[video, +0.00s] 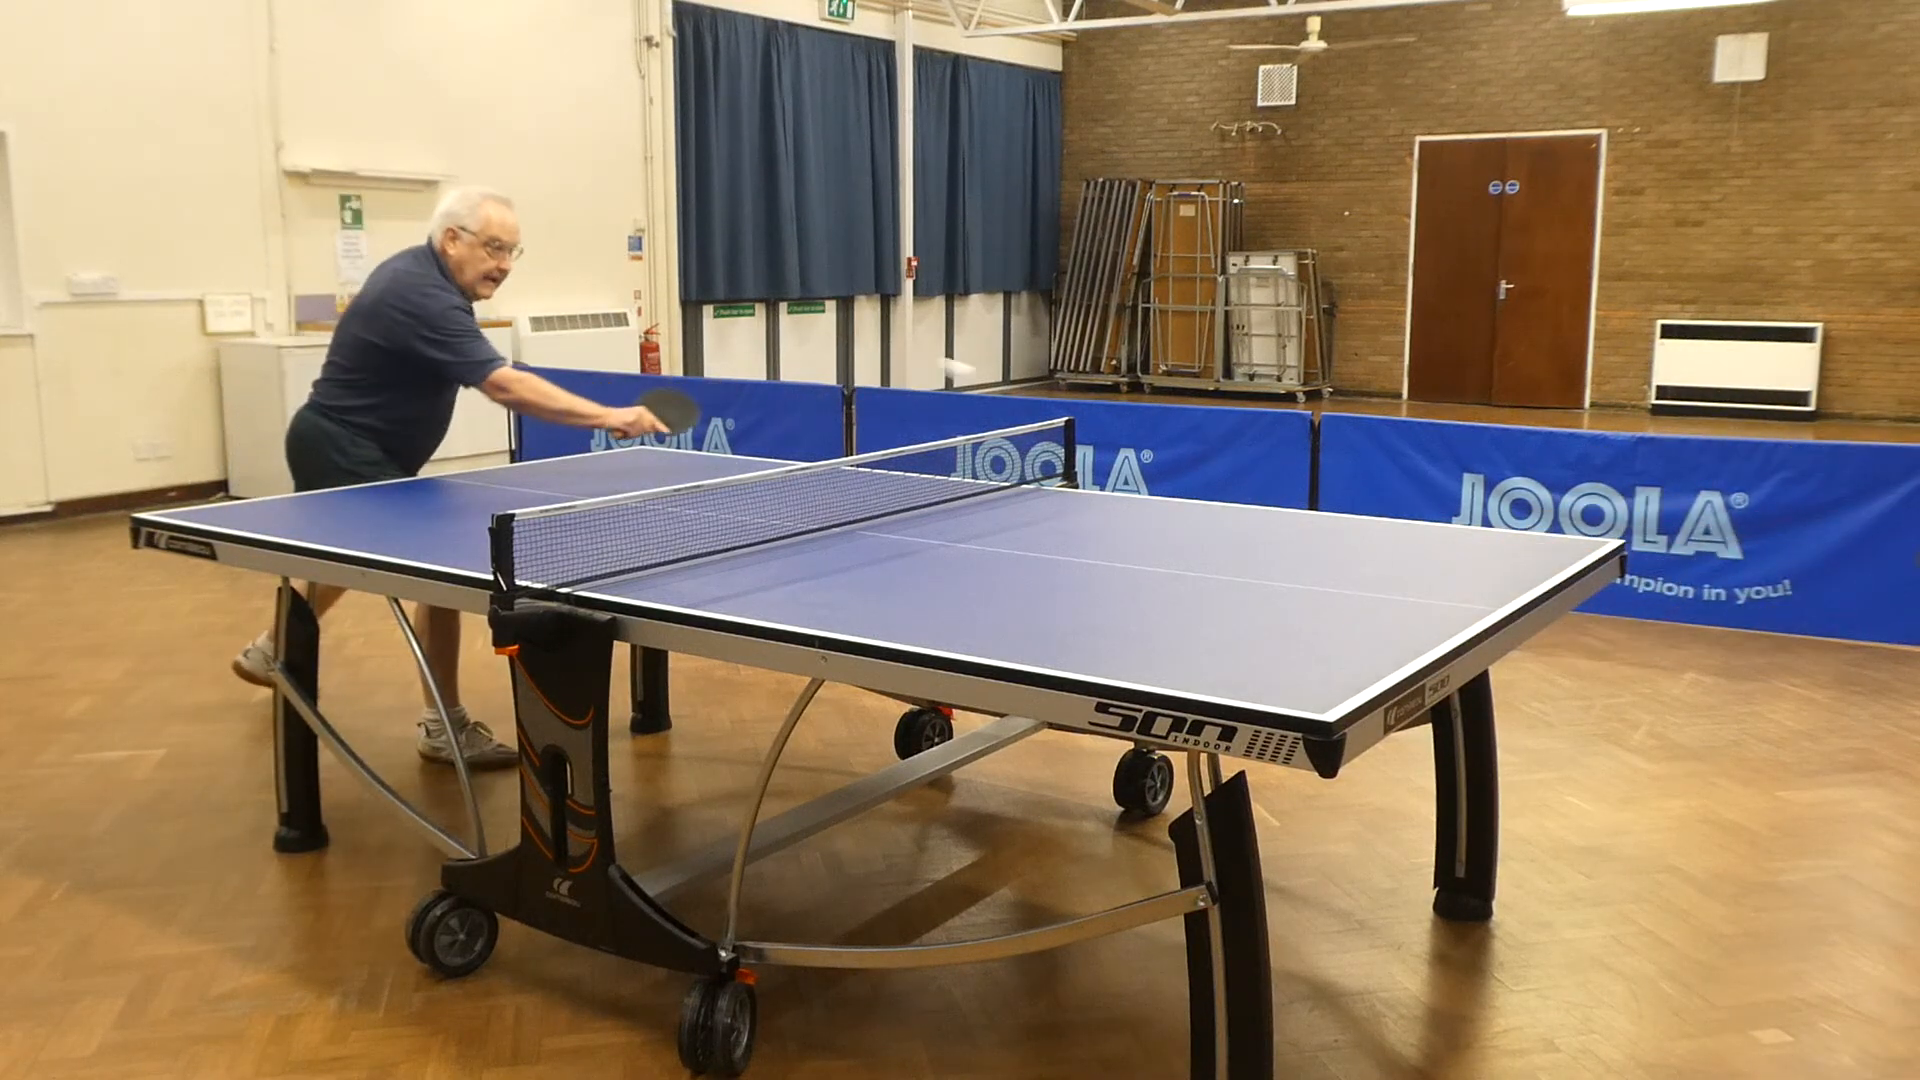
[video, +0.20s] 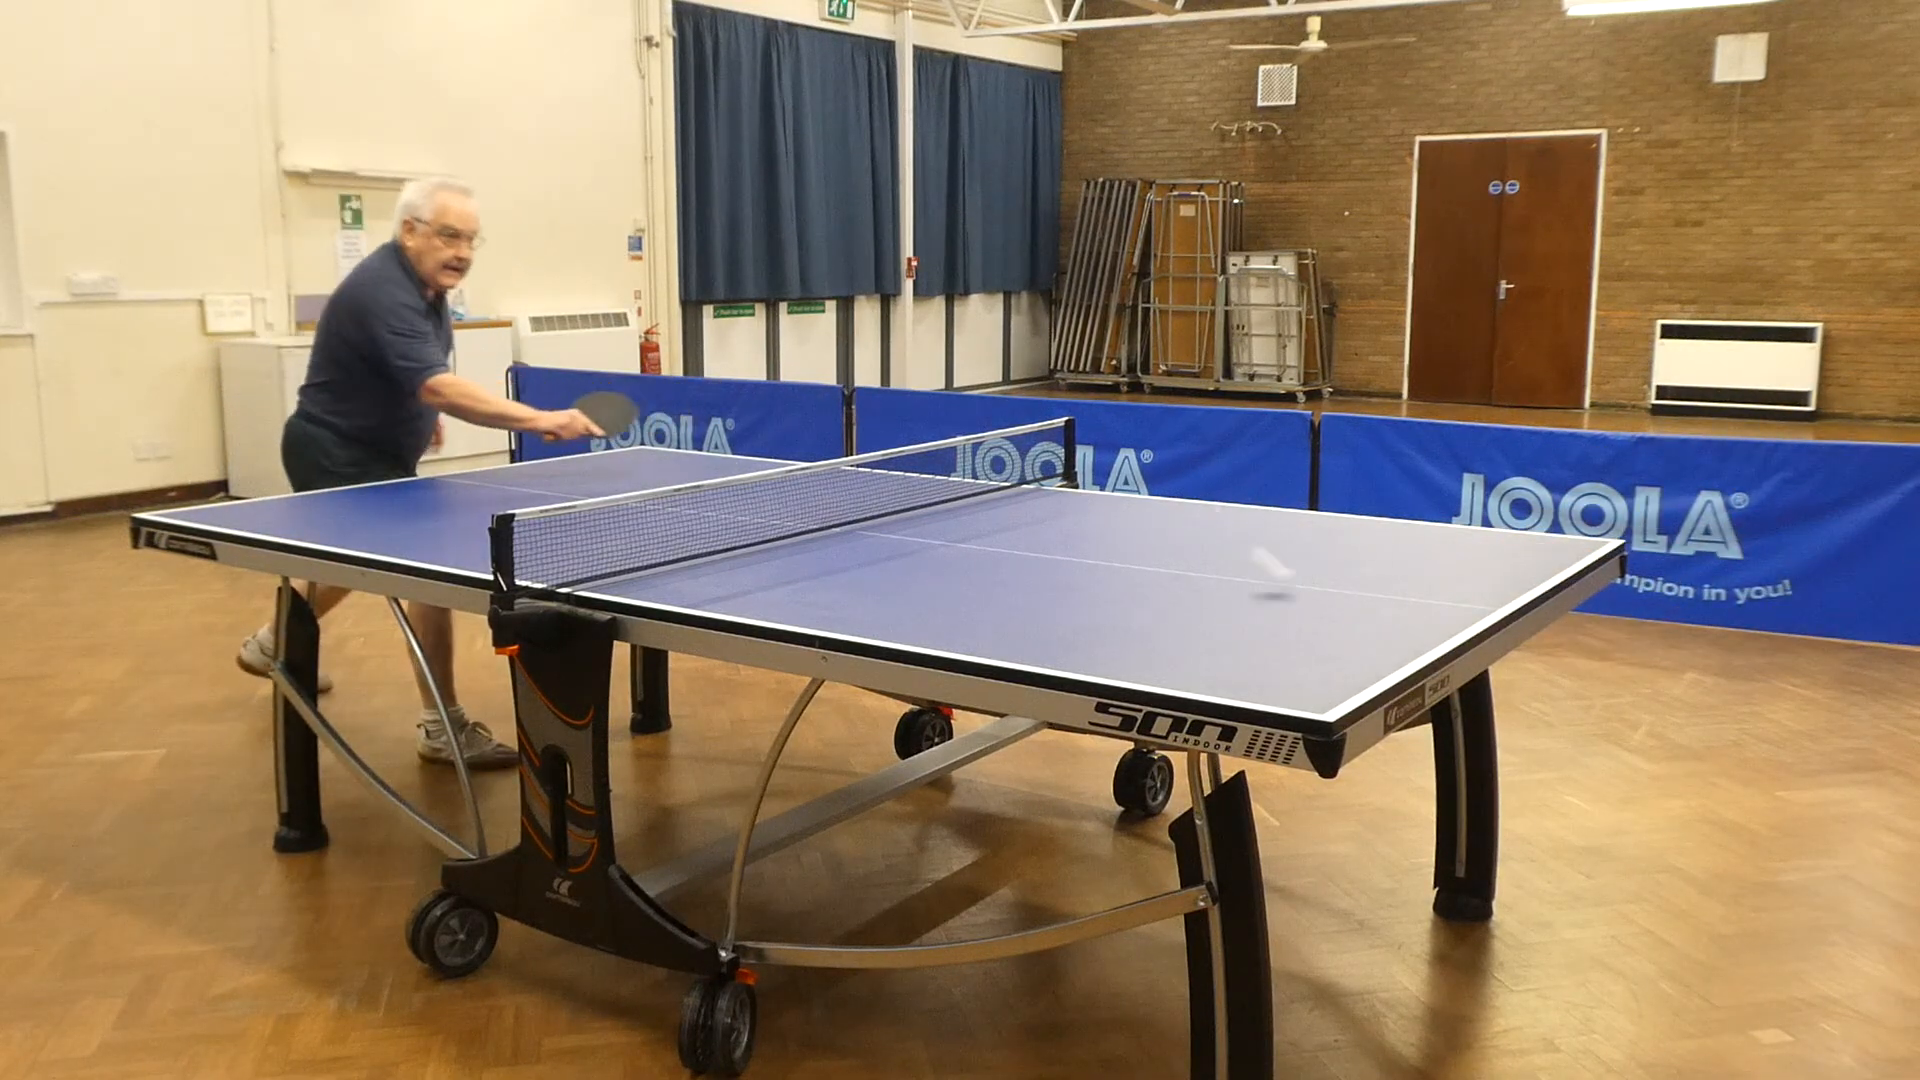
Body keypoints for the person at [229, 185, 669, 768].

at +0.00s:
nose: (504, 266)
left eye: (512, 253)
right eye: (495, 248)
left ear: (452, 242)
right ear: (450, 239)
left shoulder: (421, 271)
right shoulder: (426, 295)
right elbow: (504, 386)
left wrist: (494, 379)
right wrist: (607, 416)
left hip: (339, 441)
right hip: (348, 451)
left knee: (348, 551)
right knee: (445, 570)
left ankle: (273, 649)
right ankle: (446, 723)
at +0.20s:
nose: (463, 253)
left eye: (471, 240)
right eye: (450, 237)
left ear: (473, 241)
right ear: (409, 232)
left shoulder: (422, 282)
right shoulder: (383, 289)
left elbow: (423, 354)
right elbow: (435, 387)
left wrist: (425, 411)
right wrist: (541, 420)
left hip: (381, 454)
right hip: (334, 454)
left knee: (352, 557)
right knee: (426, 574)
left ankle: (276, 643)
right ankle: (444, 720)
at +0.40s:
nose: (379, 234)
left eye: (390, 222)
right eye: (364, 221)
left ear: (400, 227)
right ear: (329, 221)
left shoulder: (387, 279)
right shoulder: (302, 286)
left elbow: (389, 355)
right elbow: (327, 376)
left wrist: (431, 404)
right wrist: (414, 410)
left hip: (371, 454)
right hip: (309, 457)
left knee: (344, 568)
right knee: (379, 575)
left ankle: (265, 659)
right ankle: (428, 716)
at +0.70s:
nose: (316, 224)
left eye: (329, 212)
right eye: (301, 211)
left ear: (340, 215)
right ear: (269, 212)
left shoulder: (345, 264)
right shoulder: (242, 274)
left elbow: (351, 339)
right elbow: (212, 356)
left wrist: (385, 400)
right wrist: (247, 412)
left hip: (338, 442)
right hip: (272, 446)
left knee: (337, 563)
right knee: (319, 567)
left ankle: (263, 661)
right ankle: (315, 707)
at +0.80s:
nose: (317, 228)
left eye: (329, 216)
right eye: (302, 213)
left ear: (340, 217)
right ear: (270, 211)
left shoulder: (341, 261)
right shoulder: (237, 267)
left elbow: (348, 335)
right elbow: (190, 348)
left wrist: (380, 401)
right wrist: (238, 411)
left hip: (330, 439)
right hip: (260, 441)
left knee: (334, 564)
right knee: (298, 566)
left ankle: (263, 661)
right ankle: (287, 717)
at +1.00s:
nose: (337, 261)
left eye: (350, 249)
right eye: (325, 244)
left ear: (360, 243)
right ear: (290, 226)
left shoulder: (345, 278)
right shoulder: (246, 263)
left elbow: (333, 349)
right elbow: (200, 341)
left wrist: (357, 409)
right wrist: (278, 406)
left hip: (295, 446)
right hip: (224, 439)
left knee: (300, 573)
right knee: (254, 577)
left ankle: (288, 692)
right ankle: (252, 728)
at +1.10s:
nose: (346, 277)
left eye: (359, 267)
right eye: (337, 259)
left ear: (368, 262)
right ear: (303, 238)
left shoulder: (339, 296)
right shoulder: (250, 271)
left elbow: (318, 357)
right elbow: (249, 344)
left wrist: (335, 407)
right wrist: (322, 394)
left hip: (275, 455)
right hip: (208, 450)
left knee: (295, 573)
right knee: (255, 581)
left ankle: (285, 688)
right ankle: (252, 730)